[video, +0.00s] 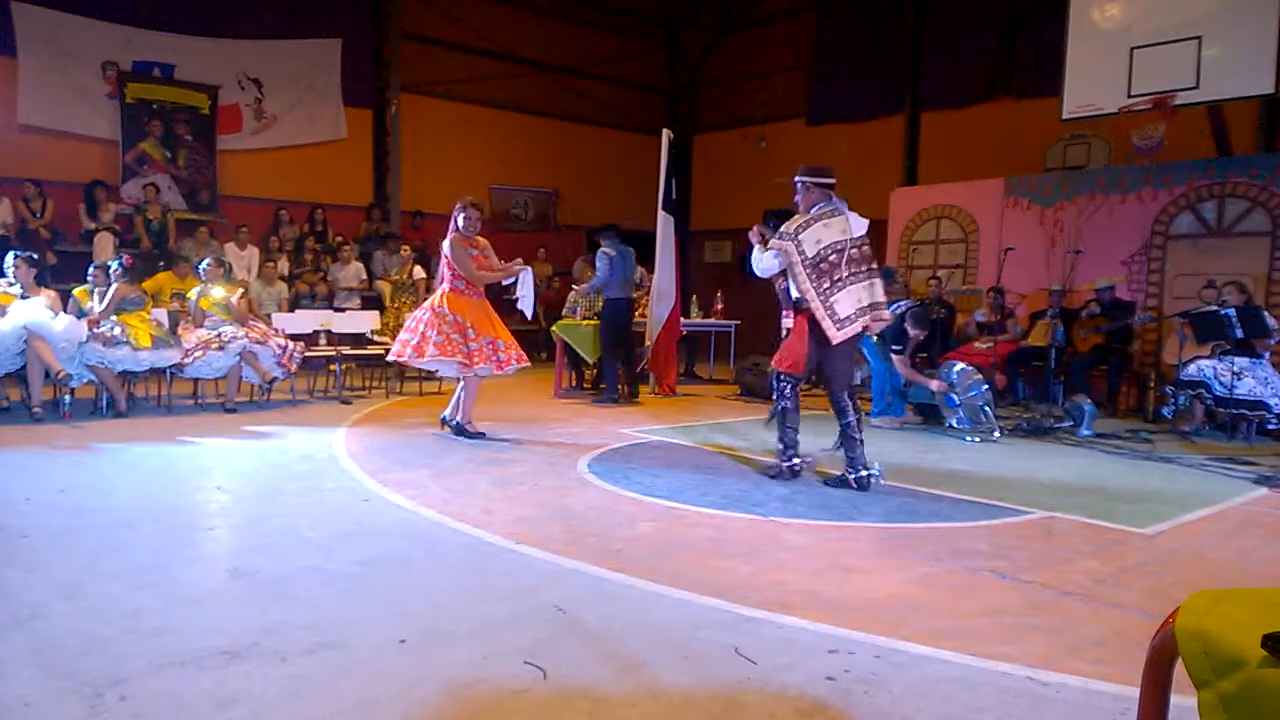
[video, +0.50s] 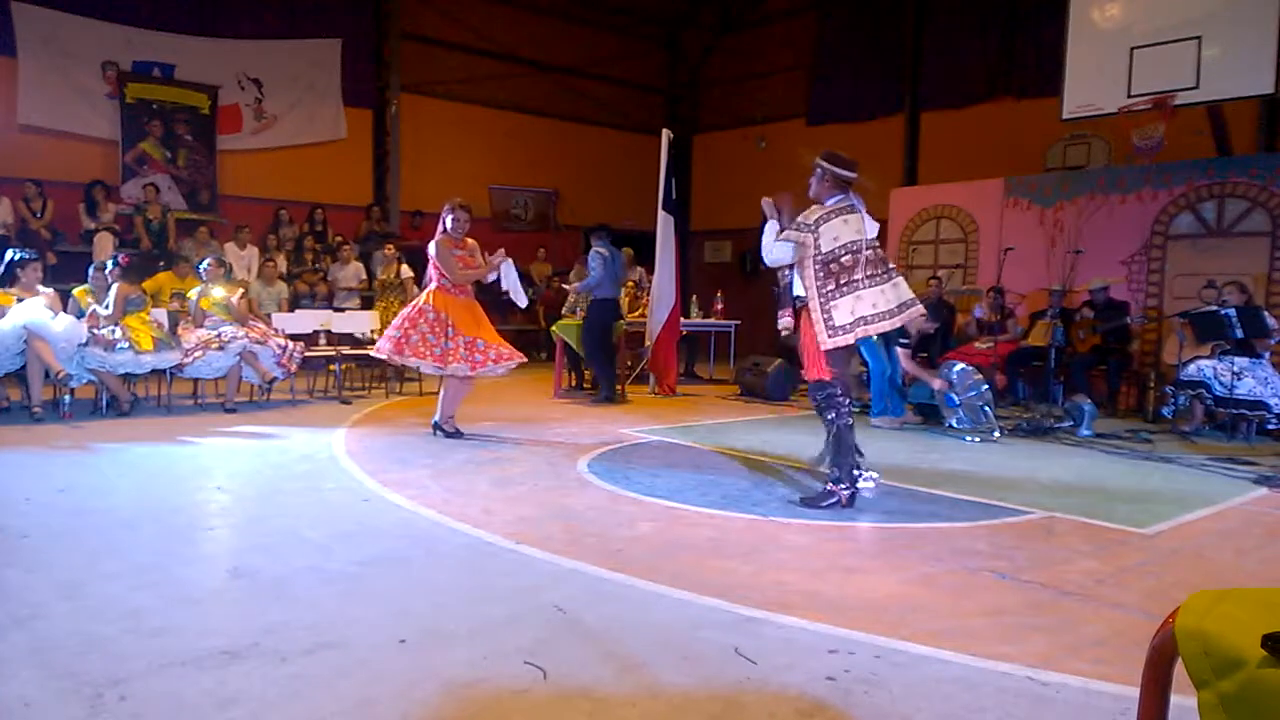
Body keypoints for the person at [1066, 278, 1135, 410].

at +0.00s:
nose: (1099, 296)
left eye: (1103, 292)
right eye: (1097, 292)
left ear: (1111, 291)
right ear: (1095, 293)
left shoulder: (1124, 306)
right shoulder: (1092, 305)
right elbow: (1075, 316)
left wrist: (1101, 311)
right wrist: (1059, 311)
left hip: (1118, 348)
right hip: (1098, 347)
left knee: (1115, 366)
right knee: (1078, 362)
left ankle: (1111, 403)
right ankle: (1082, 400)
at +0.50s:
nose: (1093, 296)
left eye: (1096, 293)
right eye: (1091, 293)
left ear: (1105, 292)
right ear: (1090, 293)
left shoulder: (1120, 306)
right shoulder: (1087, 306)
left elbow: (1116, 318)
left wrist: (1093, 315)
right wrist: (1077, 315)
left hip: (1116, 349)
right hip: (1096, 348)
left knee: (1113, 366)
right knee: (1078, 363)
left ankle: (1111, 404)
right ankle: (1083, 400)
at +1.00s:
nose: (1095, 296)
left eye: (1098, 292)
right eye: (1093, 292)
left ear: (1106, 292)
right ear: (1091, 293)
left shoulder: (1121, 306)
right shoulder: (1087, 306)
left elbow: (1117, 319)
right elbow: (1069, 316)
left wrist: (1094, 316)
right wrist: (1077, 315)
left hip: (1116, 349)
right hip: (1096, 348)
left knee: (1114, 366)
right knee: (1078, 363)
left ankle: (1111, 404)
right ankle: (1084, 400)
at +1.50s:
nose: (1096, 295)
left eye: (1099, 292)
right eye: (1094, 292)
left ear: (1107, 292)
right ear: (1092, 293)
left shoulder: (1121, 307)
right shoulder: (1088, 306)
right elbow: (1069, 317)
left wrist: (1095, 316)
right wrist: (1079, 315)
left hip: (1117, 349)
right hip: (1096, 348)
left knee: (1114, 366)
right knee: (1077, 363)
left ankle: (1111, 404)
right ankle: (1083, 399)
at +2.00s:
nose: (1097, 295)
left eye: (1101, 292)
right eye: (1095, 292)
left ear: (1108, 292)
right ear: (1093, 293)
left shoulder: (1122, 307)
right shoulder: (1089, 306)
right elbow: (1070, 317)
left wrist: (1097, 317)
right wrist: (1079, 316)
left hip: (1117, 349)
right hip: (1097, 348)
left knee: (1114, 366)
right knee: (1077, 363)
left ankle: (1111, 403)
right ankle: (1084, 399)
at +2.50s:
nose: (1097, 295)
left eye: (1101, 292)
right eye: (1095, 292)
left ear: (1108, 292)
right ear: (1093, 293)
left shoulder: (1122, 307)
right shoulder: (1089, 306)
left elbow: (1119, 320)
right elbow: (1070, 316)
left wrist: (1097, 317)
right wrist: (1078, 316)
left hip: (1118, 349)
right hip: (1097, 348)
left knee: (1114, 365)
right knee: (1077, 363)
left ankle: (1112, 403)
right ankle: (1084, 399)